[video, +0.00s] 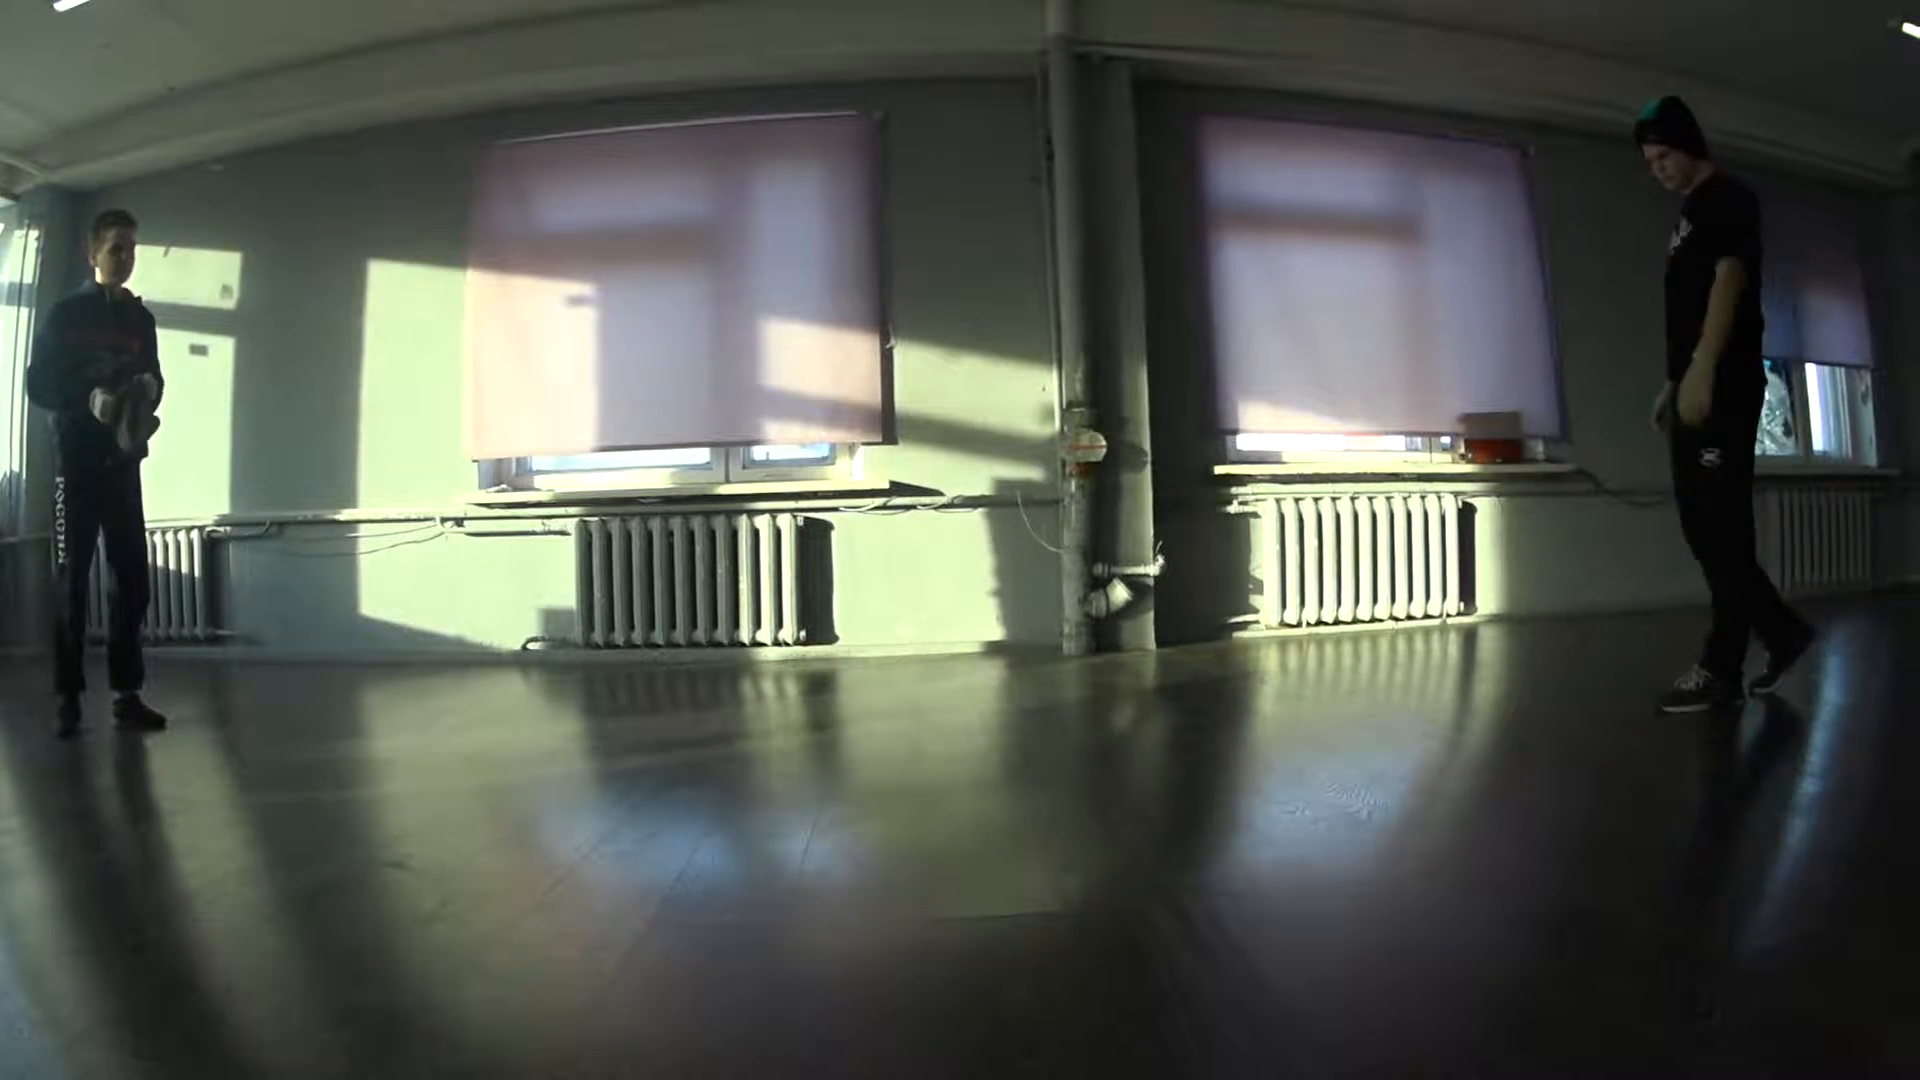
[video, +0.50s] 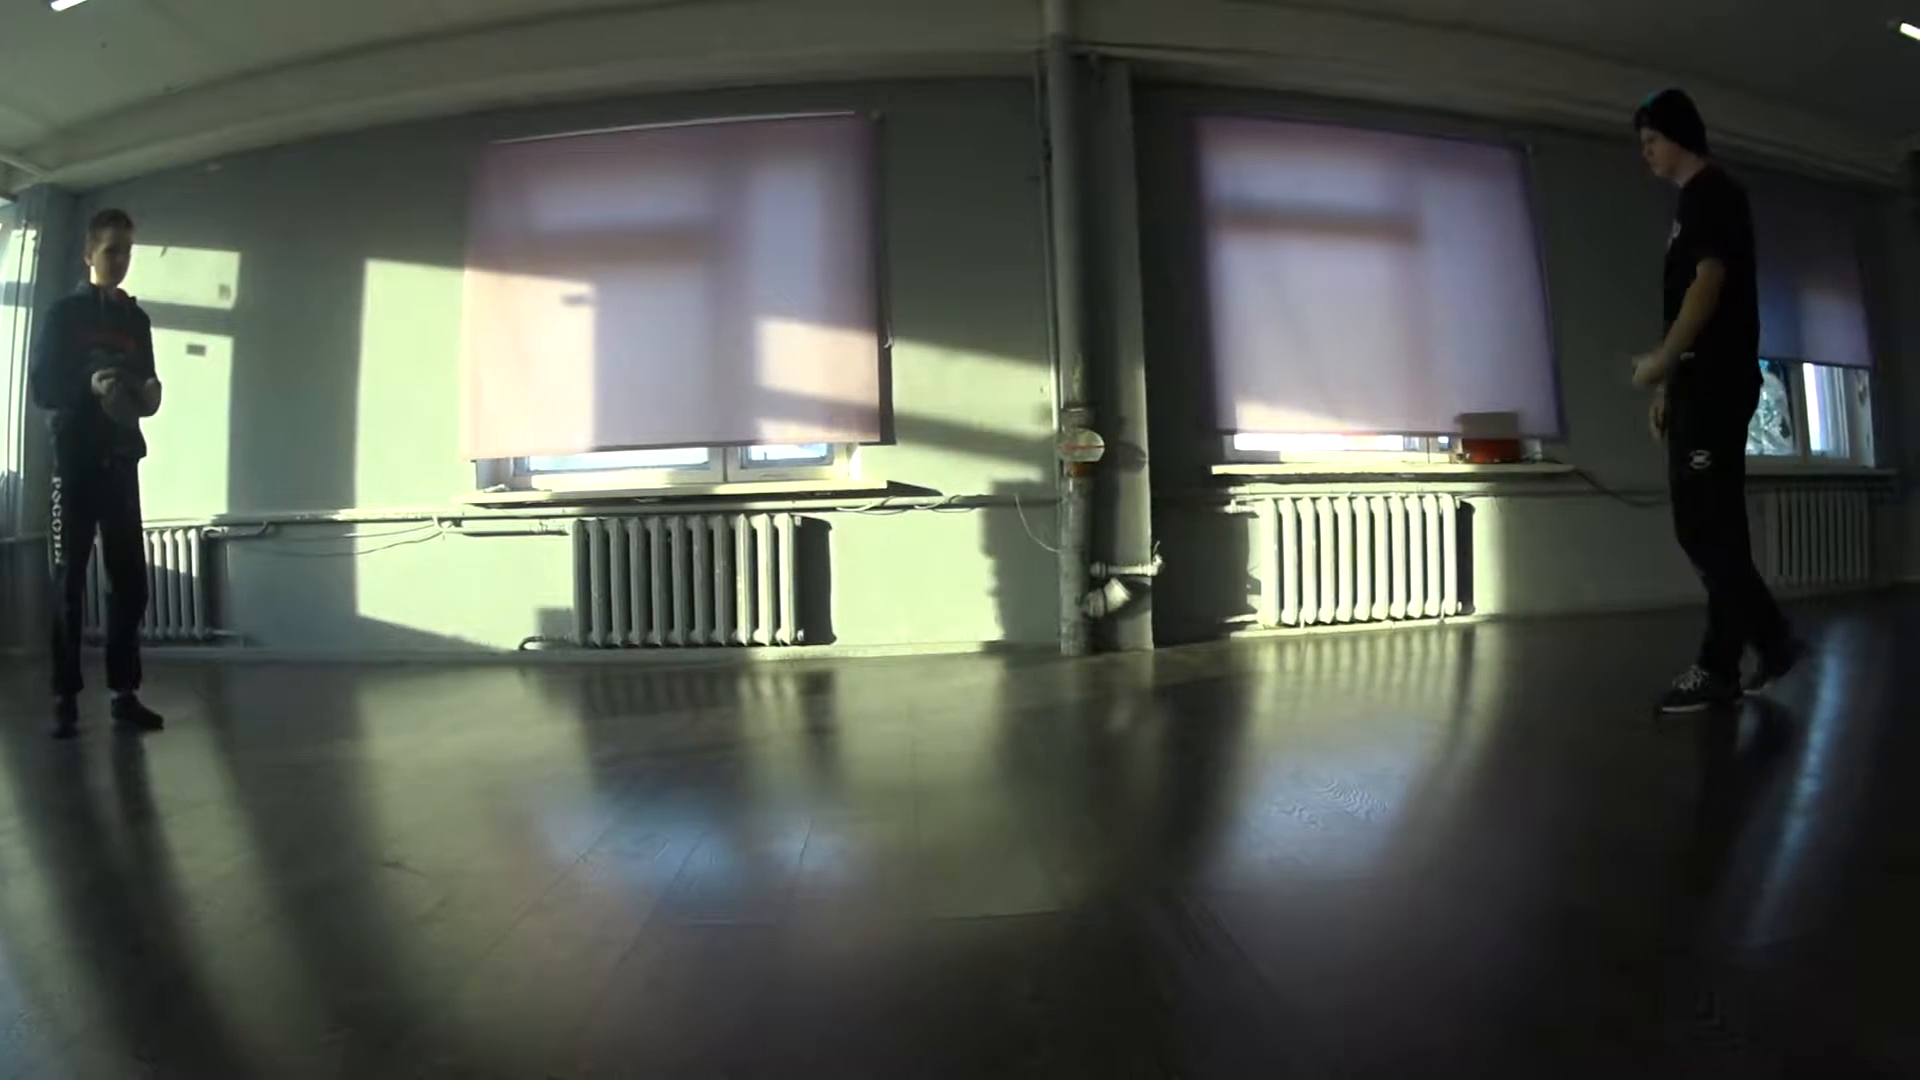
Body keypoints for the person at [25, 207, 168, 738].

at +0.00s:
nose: (125, 256)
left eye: (130, 247)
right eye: (115, 247)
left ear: (137, 253)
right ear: (92, 252)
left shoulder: (140, 315)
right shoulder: (67, 311)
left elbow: (154, 382)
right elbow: (38, 385)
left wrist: (144, 402)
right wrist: (87, 397)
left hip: (124, 456)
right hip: (78, 455)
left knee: (133, 576)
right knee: (74, 575)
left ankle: (127, 697)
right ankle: (68, 700)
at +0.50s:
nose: (120, 258)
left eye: (126, 250)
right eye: (111, 249)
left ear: (133, 253)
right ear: (89, 252)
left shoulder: (135, 317)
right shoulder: (64, 311)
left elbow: (151, 396)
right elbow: (42, 390)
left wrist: (139, 397)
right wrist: (88, 389)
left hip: (121, 458)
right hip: (76, 457)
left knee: (130, 578)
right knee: (71, 578)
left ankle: (125, 696)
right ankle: (65, 700)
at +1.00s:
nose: (117, 262)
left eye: (123, 253)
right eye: (109, 252)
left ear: (130, 257)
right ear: (86, 253)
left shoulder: (131, 318)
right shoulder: (62, 310)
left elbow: (145, 398)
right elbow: (39, 391)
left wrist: (143, 394)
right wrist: (85, 380)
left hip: (119, 454)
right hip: (74, 454)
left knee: (127, 576)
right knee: (68, 576)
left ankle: (123, 696)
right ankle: (64, 698)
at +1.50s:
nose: (111, 259)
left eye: (117, 250)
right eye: (102, 250)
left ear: (124, 254)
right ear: (82, 253)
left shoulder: (132, 315)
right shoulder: (59, 312)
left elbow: (148, 388)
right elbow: (38, 392)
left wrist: (130, 411)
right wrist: (81, 389)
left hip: (116, 457)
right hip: (70, 457)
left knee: (124, 576)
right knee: (64, 576)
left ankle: (121, 696)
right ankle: (62, 699)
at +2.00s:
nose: (111, 256)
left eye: (118, 247)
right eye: (102, 247)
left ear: (127, 251)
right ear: (83, 253)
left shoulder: (138, 315)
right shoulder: (63, 310)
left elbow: (154, 393)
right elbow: (39, 385)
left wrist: (139, 390)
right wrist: (81, 380)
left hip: (113, 456)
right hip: (66, 456)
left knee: (120, 577)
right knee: (60, 580)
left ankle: (119, 696)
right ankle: (60, 700)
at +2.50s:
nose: (109, 255)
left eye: (115, 246)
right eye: (101, 246)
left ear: (122, 252)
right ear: (80, 253)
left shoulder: (133, 315)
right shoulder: (60, 308)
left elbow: (147, 397)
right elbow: (35, 381)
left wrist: (128, 364)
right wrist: (79, 355)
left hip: (112, 458)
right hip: (65, 456)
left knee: (118, 576)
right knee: (59, 577)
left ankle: (117, 696)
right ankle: (58, 700)